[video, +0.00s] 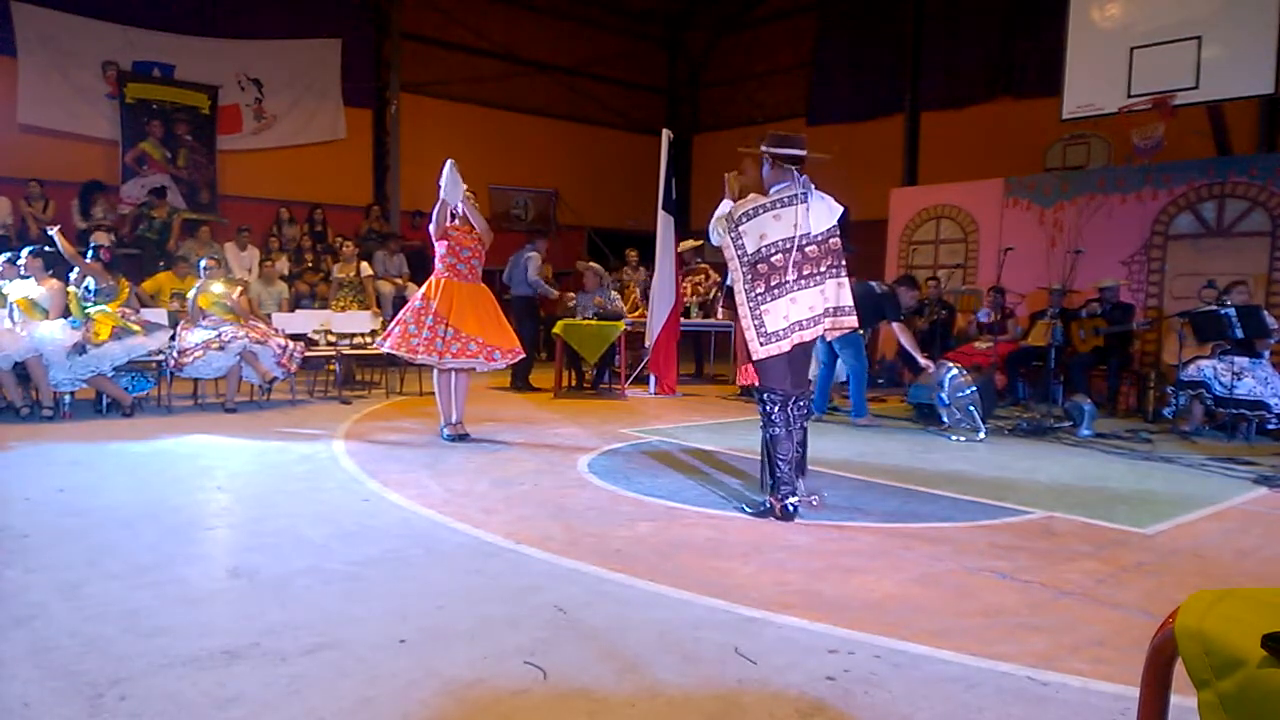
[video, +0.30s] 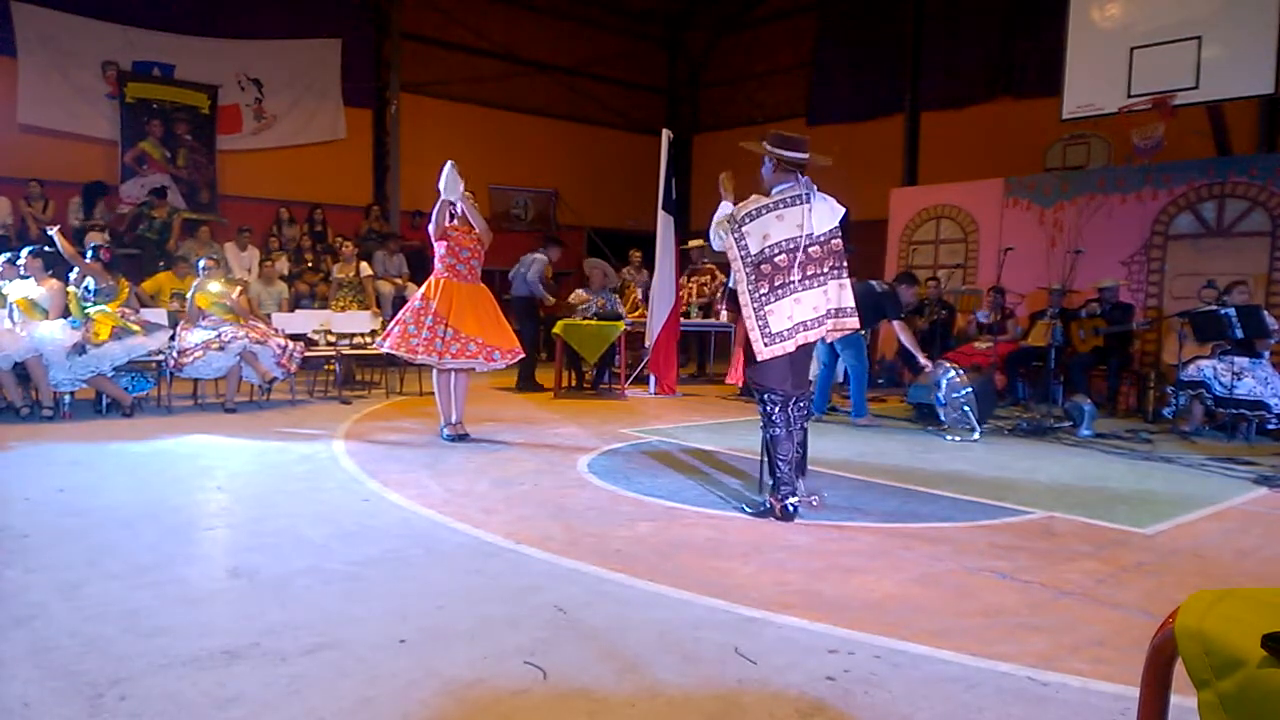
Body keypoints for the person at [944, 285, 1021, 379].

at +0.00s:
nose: (991, 299)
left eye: (995, 297)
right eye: (989, 296)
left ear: (1002, 300)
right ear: (986, 298)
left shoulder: (1008, 313)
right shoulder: (982, 314)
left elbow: (1012, 336)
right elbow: (973, 336)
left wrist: (993, 339)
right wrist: (972, 325)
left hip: (1003, 345)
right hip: (984, 344)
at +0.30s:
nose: (991, 300)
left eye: (995, 297)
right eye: (989, 296)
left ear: (1001, 300)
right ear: (985, 298)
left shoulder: (1008, 313)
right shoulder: (980, 313)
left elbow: (1012, 335)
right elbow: (972, 335)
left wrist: (993, 339)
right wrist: (971, 324)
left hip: (1002, 344)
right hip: (983, 344)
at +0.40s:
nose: (992, 300)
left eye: (996, 297)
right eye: (989, 296)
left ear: (1002, 300)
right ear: (985, 298)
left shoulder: (1008, 313)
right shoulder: (979, 313)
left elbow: (1013, 335)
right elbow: (972, 335)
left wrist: (994, 339)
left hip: (1003, 344)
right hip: (983, 345)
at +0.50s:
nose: (992, 300)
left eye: (996, 297)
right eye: (990, 296)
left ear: (1002, 299)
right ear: (986, 298)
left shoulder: (1008, 314)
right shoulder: (981, 313)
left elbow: (1012, 335)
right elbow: (973, 334)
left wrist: (994, 339)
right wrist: (971, 324)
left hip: (1002, 344)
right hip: (983, 343)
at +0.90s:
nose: (992, 300)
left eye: (995, 297)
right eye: (989, 296)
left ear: (1002, 300)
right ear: (985, 297)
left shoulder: (1008, 314)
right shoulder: (980, 313)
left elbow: (1012, 335)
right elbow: (972, 335)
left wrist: (994, 339)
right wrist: (970, 324)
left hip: (1003, 343)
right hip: (983, 343)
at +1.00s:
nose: (992, 300)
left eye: (996, 297)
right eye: (989, 296)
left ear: (1002, 300)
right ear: (986, 298)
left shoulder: (1008, 313)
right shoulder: (980, 312)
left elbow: (1013, 335)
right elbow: (972, 334)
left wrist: (994, 339)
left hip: (1002, 343)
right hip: (983, 343)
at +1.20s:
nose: (991, 300)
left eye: (995, 297)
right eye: (989, 296)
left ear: (1001, 299)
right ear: (986, 297)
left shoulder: (1008, 313)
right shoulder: (981, 312)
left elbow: (1013, 335)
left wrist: (993, 339)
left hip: (1002, 343)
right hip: (983, 343)